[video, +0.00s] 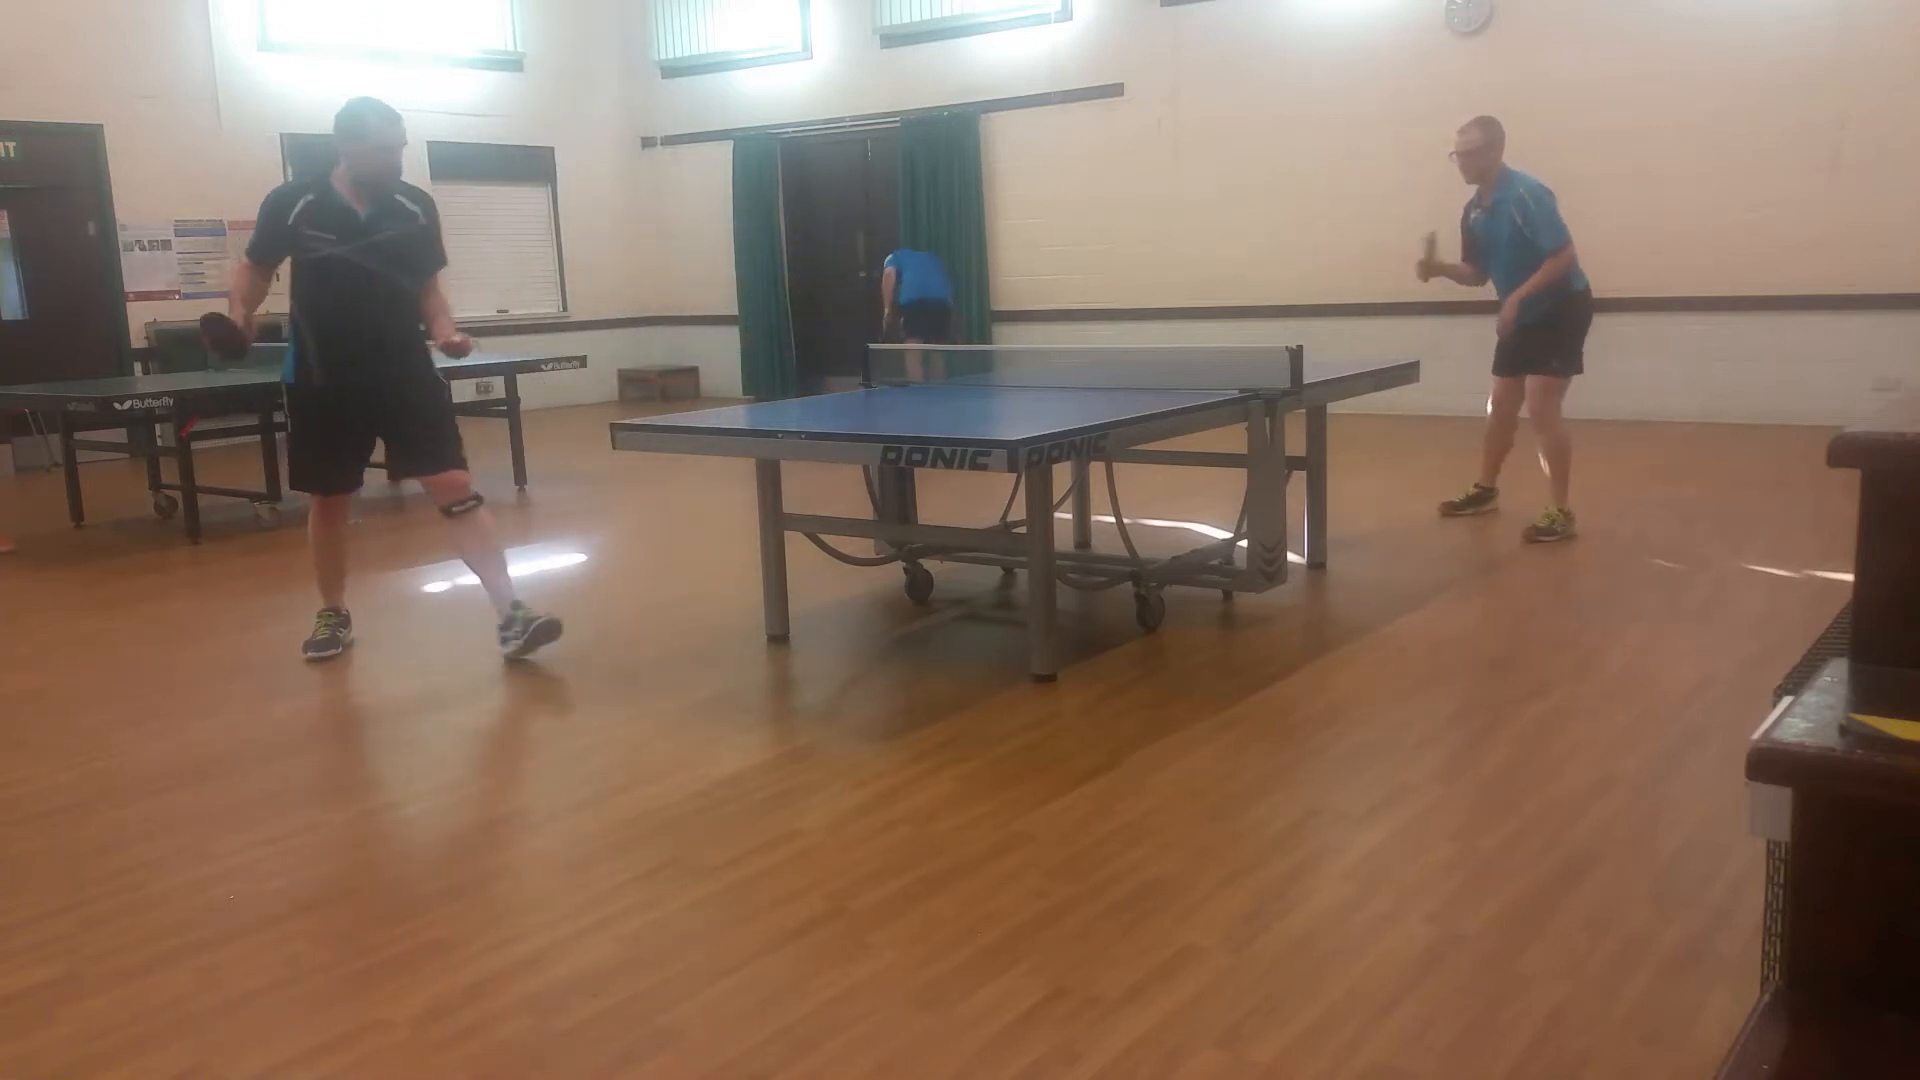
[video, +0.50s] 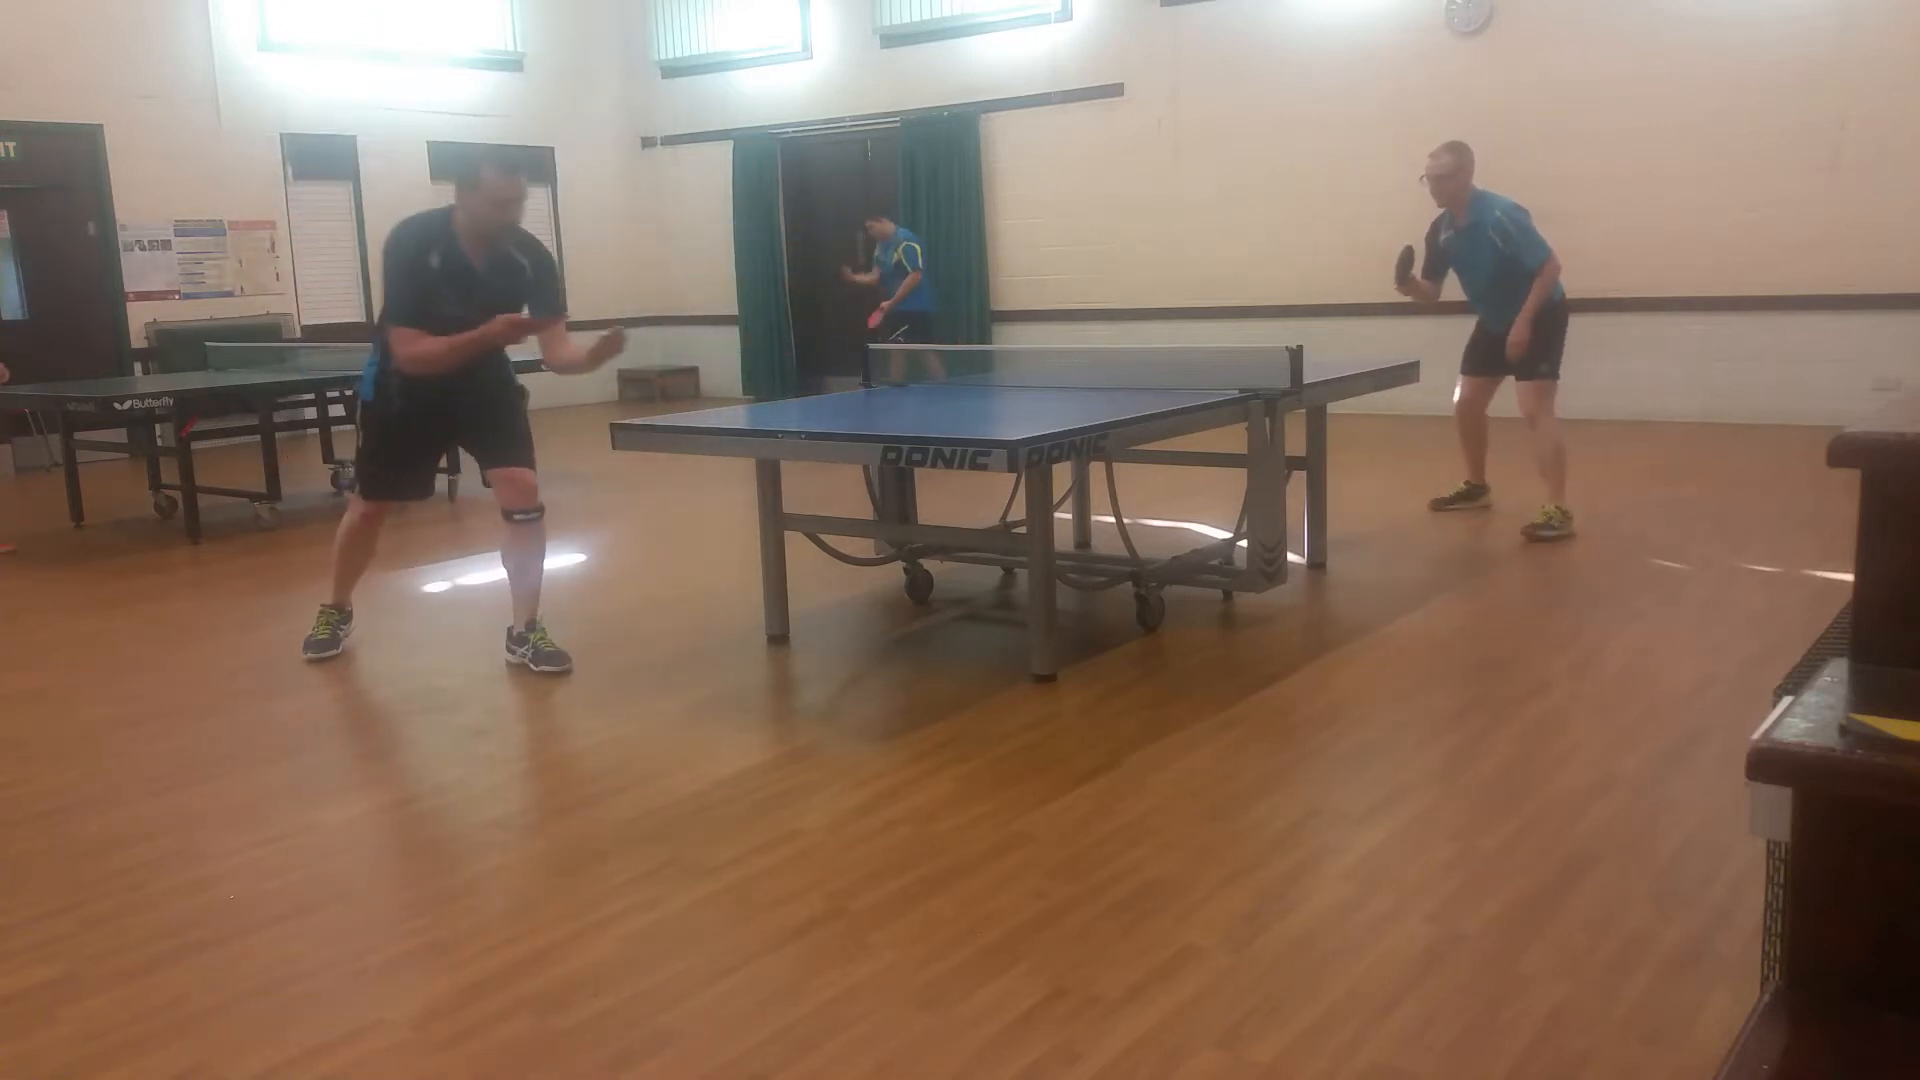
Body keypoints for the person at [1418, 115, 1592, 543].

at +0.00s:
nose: (1457, 162)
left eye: (1465, 154)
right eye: (1456, 155)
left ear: (1494, 152)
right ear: (1463, 156)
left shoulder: (1529, 194)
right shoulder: (1474, 210)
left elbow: (1565, 257)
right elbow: (1477, 273)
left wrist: (1516, 297)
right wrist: (1440, 268)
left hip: (1562, 303)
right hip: (1520, 308)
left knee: (1543, 408)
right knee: (1502, 404)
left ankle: (1560, 512)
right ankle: (1485, 489)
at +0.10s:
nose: (1454, 166)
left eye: (1463, 158)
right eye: (1453, 158)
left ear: (1491, 157)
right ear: (1462, 161)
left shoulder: (1527, 198)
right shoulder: (1473, 212)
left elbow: (1566, 261)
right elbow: (1473, 276)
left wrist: (1519, 305)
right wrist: (1438, 267)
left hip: (1565, 304)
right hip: (1523, 308)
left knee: (1542, 408)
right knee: (1503, 400)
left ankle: (1560, 511)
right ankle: (1481, 483)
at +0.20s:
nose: (1449, 170)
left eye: (1457, 162)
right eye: (1449, 163)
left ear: (1485, 161)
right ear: (1463, 165)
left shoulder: (1525, 202)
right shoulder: (1467, 217)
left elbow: (1565, 262)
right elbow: (1460, 281)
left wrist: (1520, 311)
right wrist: (1432, 274)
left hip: (1563, 306)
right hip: (1521, 311)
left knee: (1542, 408)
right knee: (1498, 400)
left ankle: (1560, 511)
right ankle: (1479, 480)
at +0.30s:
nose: (1444, 176)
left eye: (1451, 168)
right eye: (1443, 169)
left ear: (1478, 168)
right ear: (1456, 171)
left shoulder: (1520, 207)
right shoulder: (1460, 223)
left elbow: (1562, 267)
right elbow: (1449, 288)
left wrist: (1521, 317)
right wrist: (1421, 279)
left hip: (1559, 307)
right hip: (1514, 312)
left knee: (1539, 408)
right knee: (1493, 402)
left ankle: (1559, 511)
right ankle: (1477, 481)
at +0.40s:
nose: (1436, 182)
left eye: (1443, 174)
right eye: (1435, 174)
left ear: (1471, 173)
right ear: (1448, 177)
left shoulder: (1513, 212)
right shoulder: (1451, 228)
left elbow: (1558, 268)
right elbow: (1440, 292)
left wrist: (1524, 320)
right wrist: (1416, 283)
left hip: (1551, 310)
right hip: (1507, 315)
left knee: (1536, 407)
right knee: (1482, 405)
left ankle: (1559, 512)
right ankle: (1477, 485)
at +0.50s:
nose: (1428, 184)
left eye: (1436, 177)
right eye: (1427, 177)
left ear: (1462, 176)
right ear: (1437, 179)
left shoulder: (1503, 215)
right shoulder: (1441, 229)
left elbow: (1550, 267)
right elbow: (1430, 293)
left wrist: (1523, 321)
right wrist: (1409, 285)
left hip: (1539, 314)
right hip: (1495, 318)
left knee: (1536, 409)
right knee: (1468, 404)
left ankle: (1558, 509)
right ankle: (1476, 485)